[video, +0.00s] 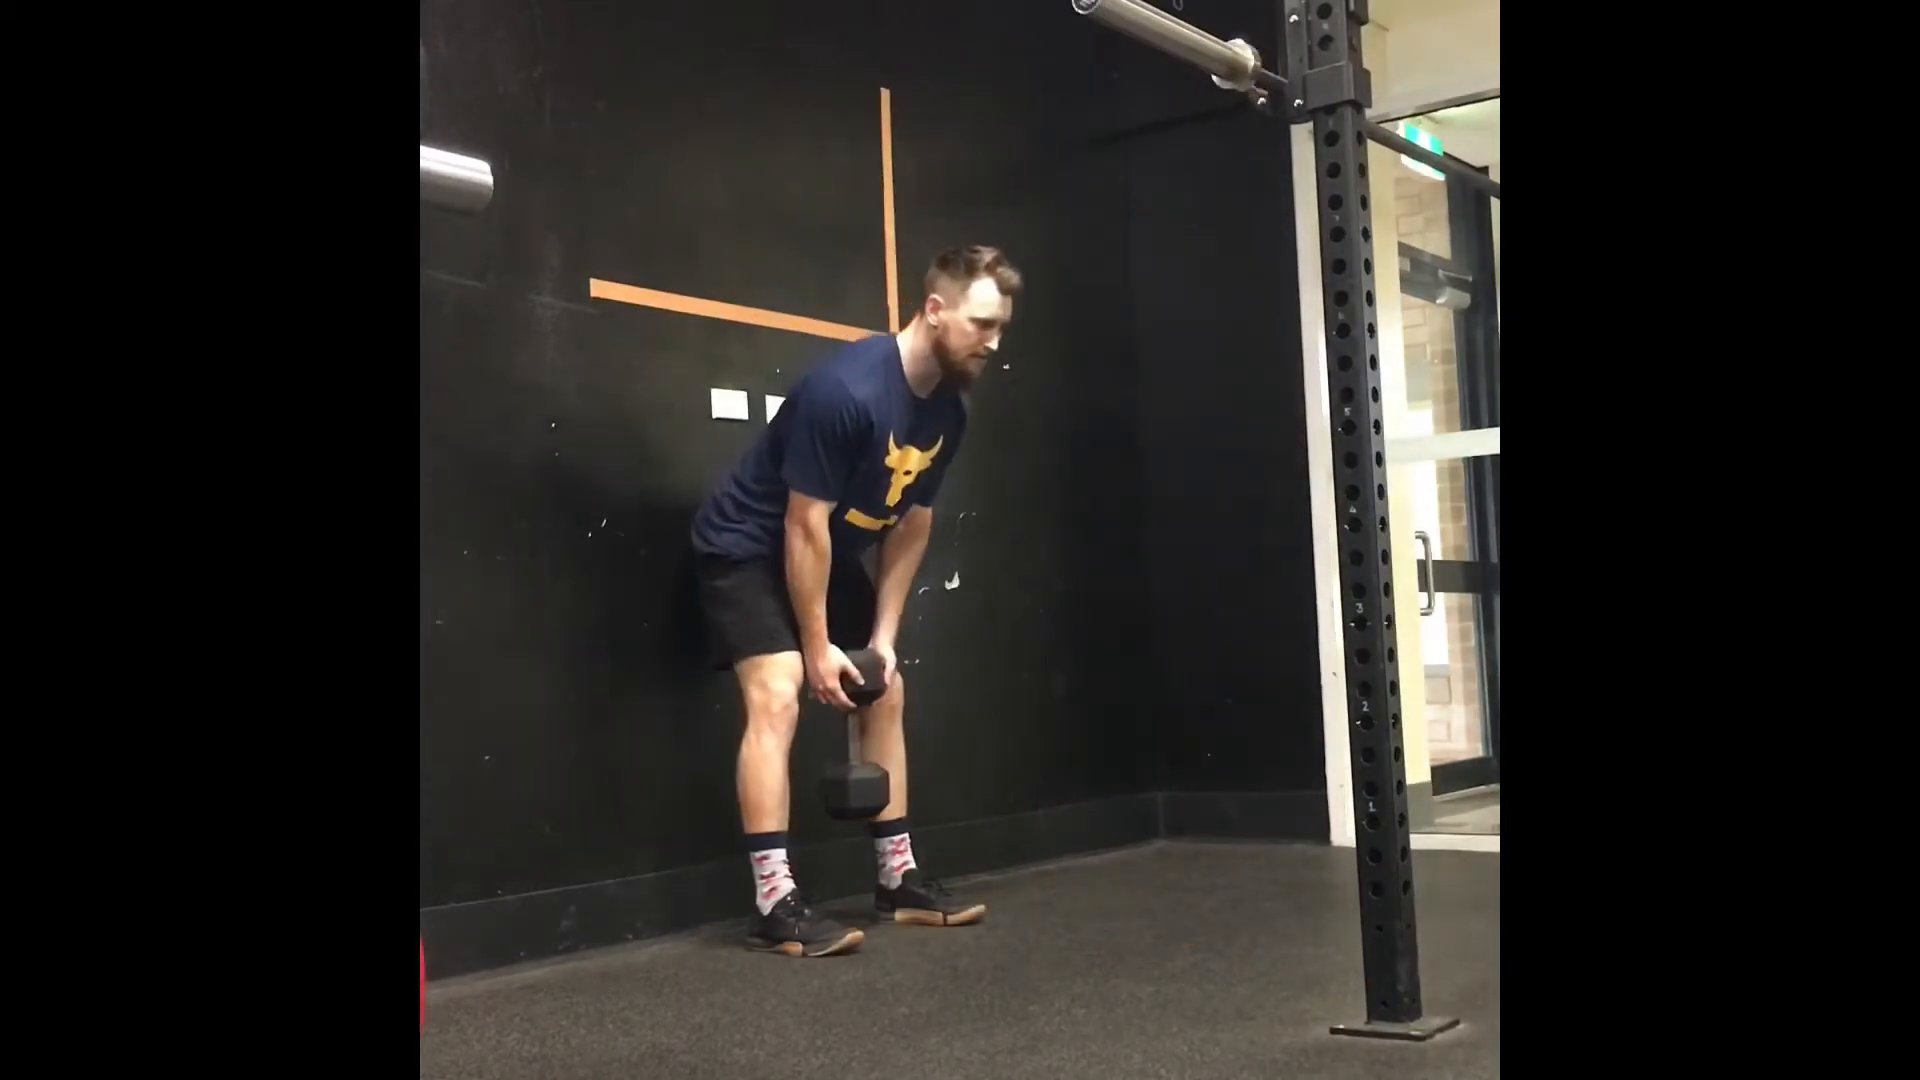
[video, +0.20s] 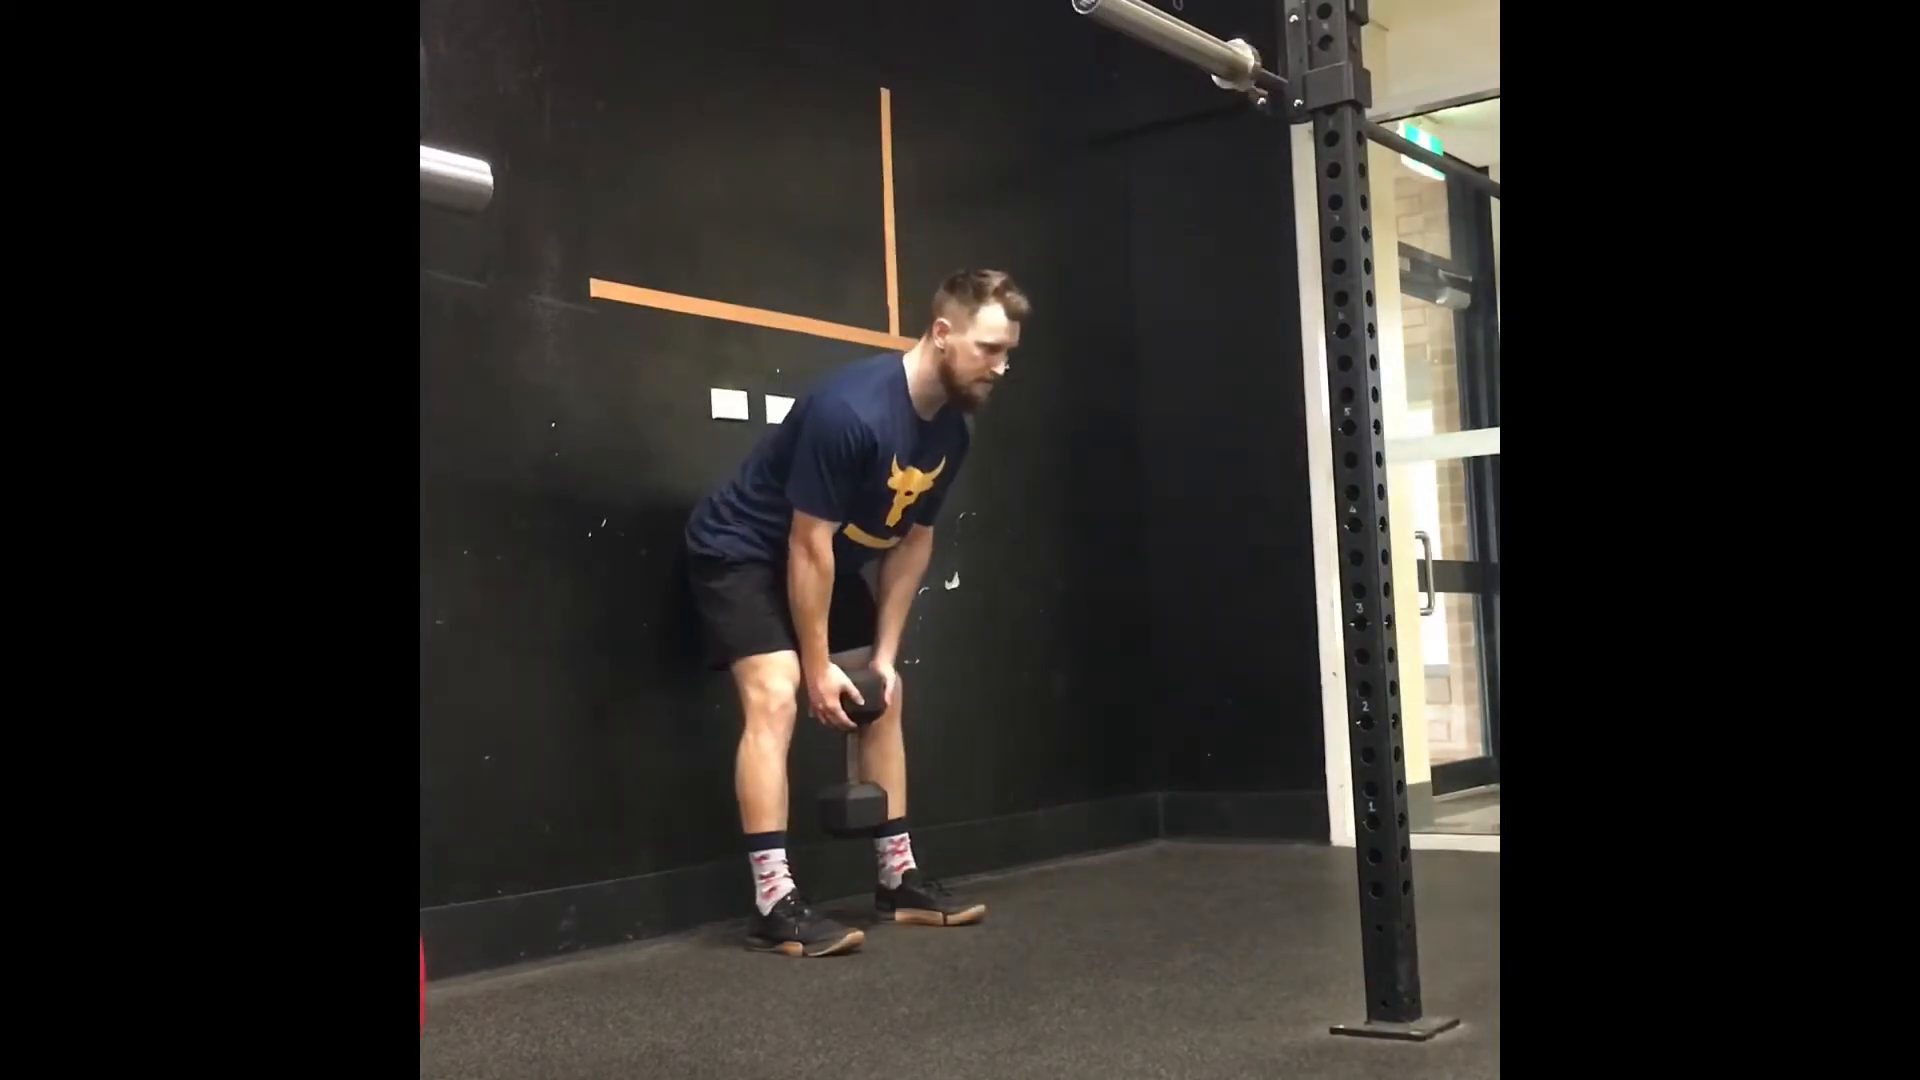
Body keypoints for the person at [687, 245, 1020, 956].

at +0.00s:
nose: (992, 344)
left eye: (1000, 329)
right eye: (981, 324)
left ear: (999, 328)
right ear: (933, 312)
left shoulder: (949, 407)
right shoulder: (842, 390)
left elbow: (908, 525)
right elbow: (805, 528)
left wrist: (882, 638)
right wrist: (815, 644)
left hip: (832, 544)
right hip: (747, 538)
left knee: (881, 684)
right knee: (776, 695)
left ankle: (897, 882)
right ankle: (775, 903)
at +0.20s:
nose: (999, 368)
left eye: (1008, 353)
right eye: (989, 348)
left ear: (1010, 351)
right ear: (941, 334)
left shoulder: (952, 423)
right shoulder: (848, 411)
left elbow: (910, 542)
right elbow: (808, 547)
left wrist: (883, 655)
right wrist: (816, 664)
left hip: (829, 555)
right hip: (742, 544)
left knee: (881, 690)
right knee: (774, 696)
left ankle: (898, 881)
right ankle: (775, 904)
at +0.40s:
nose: (999, 387)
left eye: (1008, 373)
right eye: (990, 368)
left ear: (1008, 369)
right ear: (942, 353)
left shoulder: (952, 441)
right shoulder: (849, 429)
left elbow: (908, 557)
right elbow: (807, 560)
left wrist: (884, 669)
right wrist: (814, 682)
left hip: (823, 560)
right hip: (735, 548)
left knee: (881, 691)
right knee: (772, 698)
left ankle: (898, 879)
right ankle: (776, 904)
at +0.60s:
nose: (1000, 393)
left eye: (1009, 379)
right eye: (991, 374)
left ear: (1010, 375)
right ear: (943, 357)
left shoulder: (952, 444)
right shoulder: (849, 432)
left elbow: (910, 559)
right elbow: (806, 561)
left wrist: (883, 669)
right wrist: (813, 684)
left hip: (824, 560)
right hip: (734, 547)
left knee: (880, 688)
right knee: (773, 697)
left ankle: (897, 878)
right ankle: (776, 903)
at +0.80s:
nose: (996, 385)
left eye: (1005, 371)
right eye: (986, 365)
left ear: (1006, 369)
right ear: (938, 352)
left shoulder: (950, 440)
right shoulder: (846, 427)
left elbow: (908, 558)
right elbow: (804, 557)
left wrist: (883, 666)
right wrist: (810, 679)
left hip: (825, 558)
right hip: (735, 547)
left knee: (880, 689)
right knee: (771, 698)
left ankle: (897, 879)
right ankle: (776, 904)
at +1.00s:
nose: (972, 329)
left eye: (981, 315)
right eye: (961, 309)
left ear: (986, 312)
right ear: (914, 293)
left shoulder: (936, 397)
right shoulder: (830, 381)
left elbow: (908, 526)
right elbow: (796, 520)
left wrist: (882, 631)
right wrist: (815, 636)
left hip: (825, 546)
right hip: (742, 542)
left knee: (883, 684)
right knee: (774, 696)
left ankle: (896, 881)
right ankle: (775, 906)